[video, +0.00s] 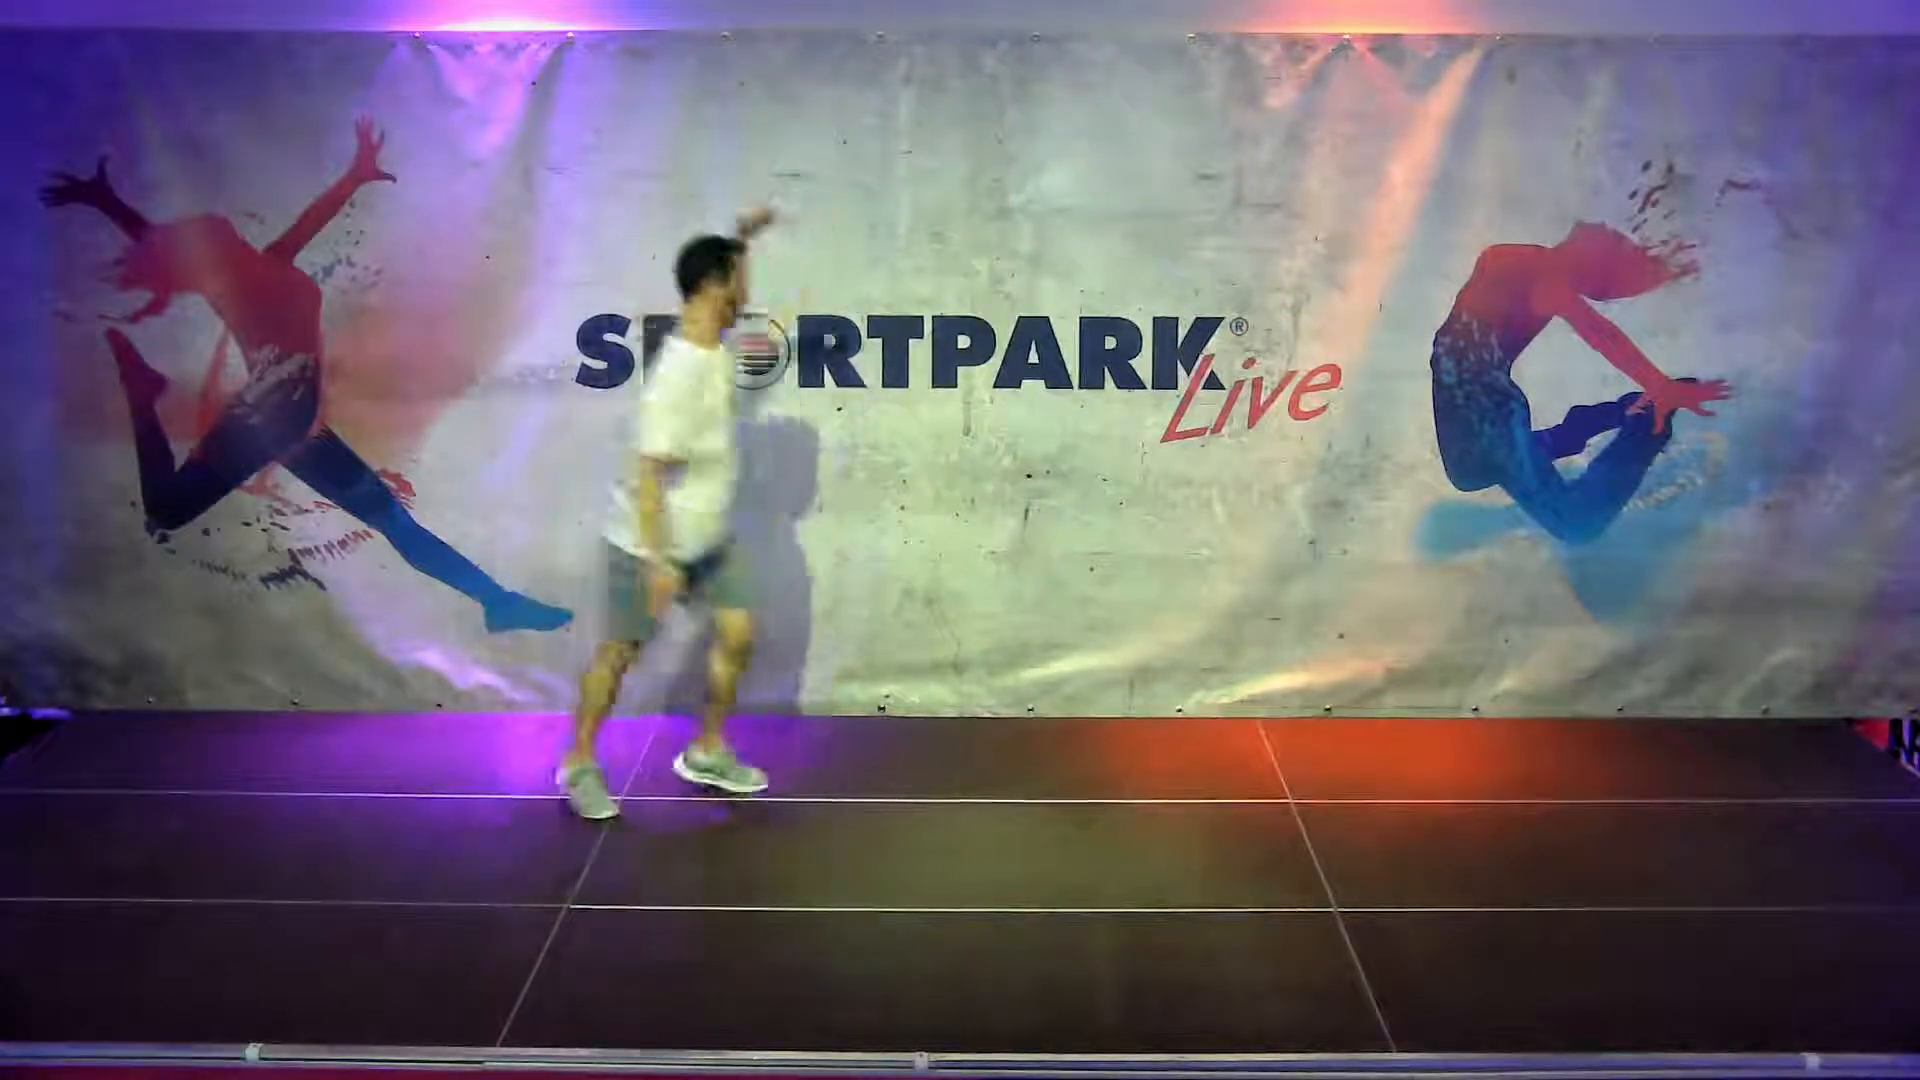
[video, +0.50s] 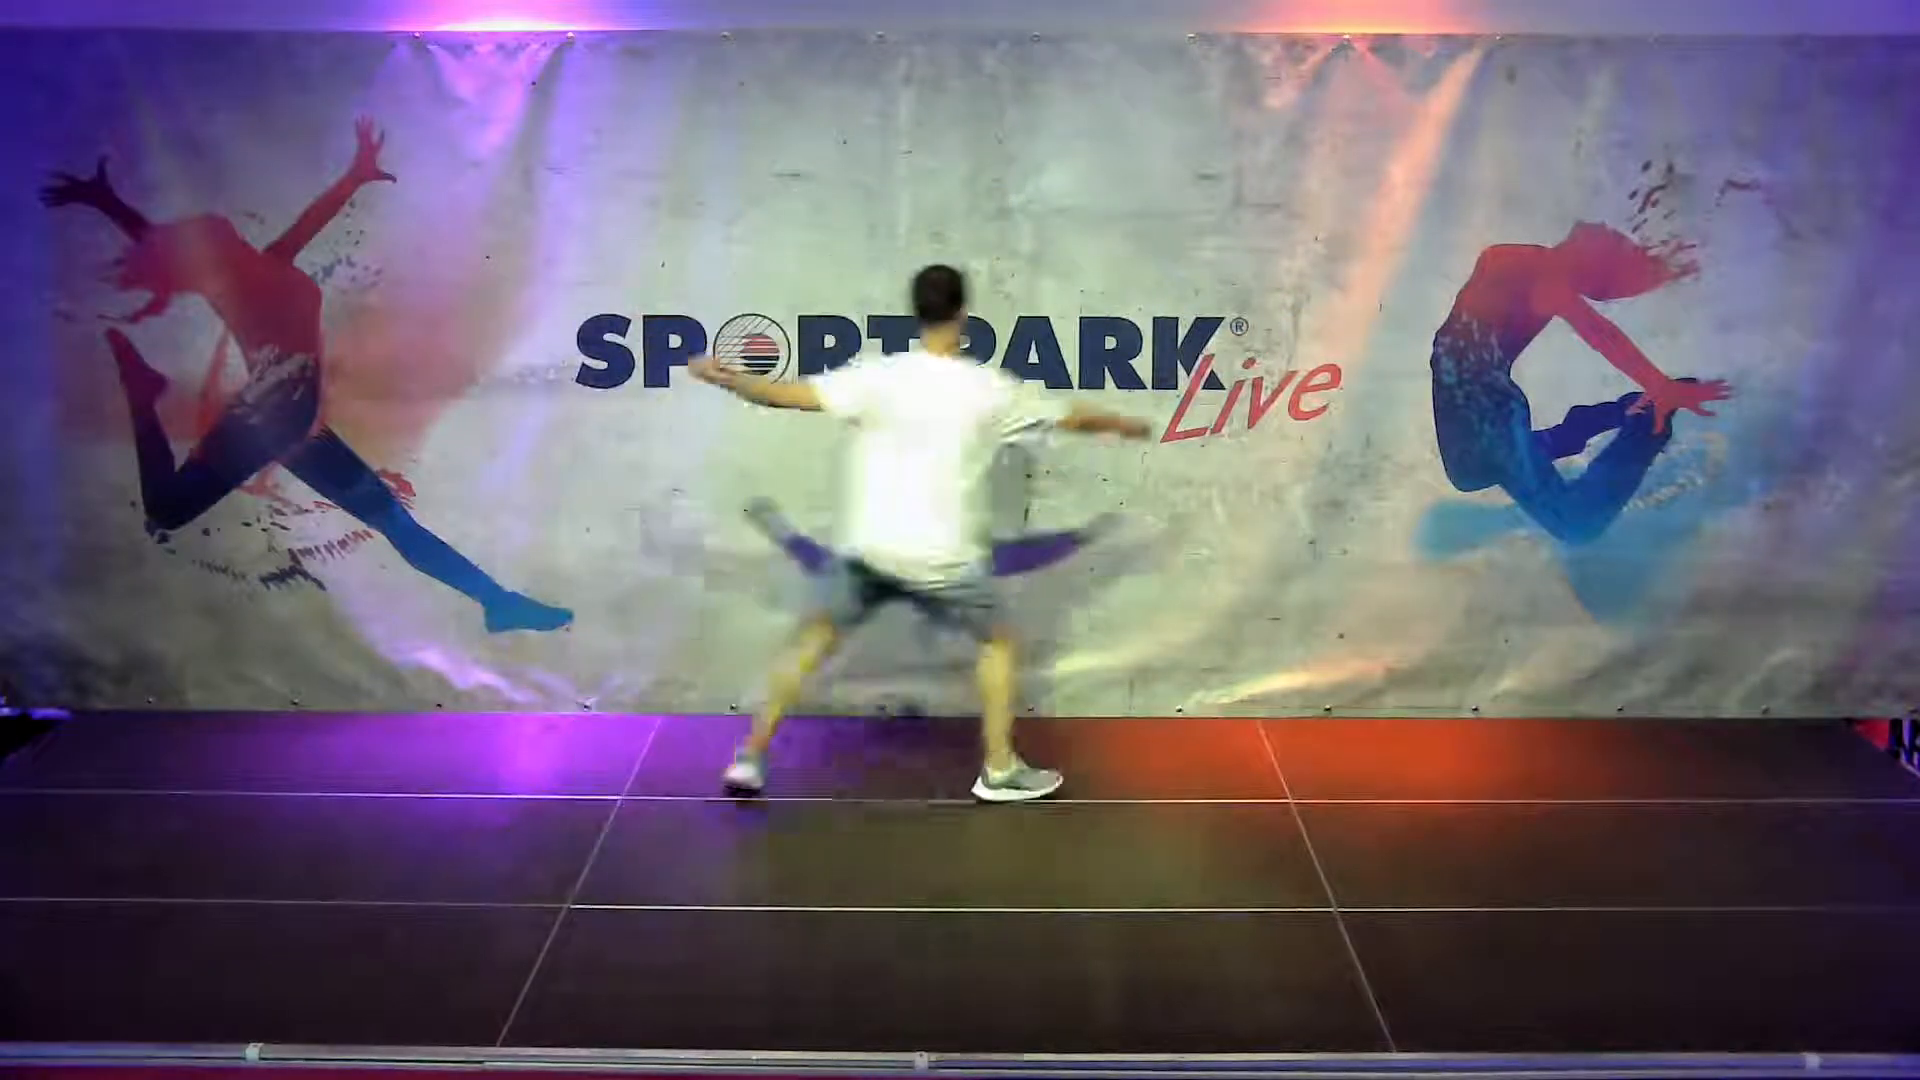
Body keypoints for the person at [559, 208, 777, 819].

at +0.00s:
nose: (744, 289)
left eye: (742, 277)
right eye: (737, 278)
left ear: (702, 287)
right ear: (713, 286)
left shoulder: (712, 349)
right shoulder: (677, 369)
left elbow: (728, 290)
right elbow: (650, 469)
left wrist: (745, 239)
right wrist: (658, 557)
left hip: (704, 528)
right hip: (648, 533)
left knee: (737, 632)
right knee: (619, 649)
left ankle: (709, 748)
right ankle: (580, 761)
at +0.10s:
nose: (789, 296)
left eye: (786, 286)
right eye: (786, 287)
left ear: (735, 285)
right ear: (774, 291)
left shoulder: (693, 326)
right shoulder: (759, 371)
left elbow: (643, 286)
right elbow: (773, 482)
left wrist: (688, 267)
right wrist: (805, 565)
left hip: (699, 508)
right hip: (731, 518)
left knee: (730, 635)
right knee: (718, 644)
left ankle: (706, 754)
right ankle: (619, 742)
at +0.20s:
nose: (846, 299)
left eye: (843, 290)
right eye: (844, 291)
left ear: (797, 285)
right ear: (837, 295)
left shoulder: (743, 315)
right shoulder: (823, 381)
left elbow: (662, 311)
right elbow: (867, 481)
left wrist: (653, 308)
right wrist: (911, 530)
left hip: (712, 502)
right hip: (765, 516)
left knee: (735, 616)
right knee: (806, 632)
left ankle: (714, 749)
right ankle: (726, 747)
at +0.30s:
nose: (889, 320)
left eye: (887, 310)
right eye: (888, 311)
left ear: (839, 302)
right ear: (881, 312)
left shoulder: (776, 338)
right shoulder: (867, 388)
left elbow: (703, 342)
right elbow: (932, 469)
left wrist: (651, 337)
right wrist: (994, 484)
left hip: (733, 516)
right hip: (798, 528)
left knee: (750, 626)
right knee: (873, 624)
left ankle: (725, 758)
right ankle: (876, 764)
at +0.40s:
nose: (923, 335)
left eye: (911, 323)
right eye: (923, 326)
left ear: (867, 322)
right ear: (917, 330)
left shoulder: (821, 371)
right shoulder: (918, 406)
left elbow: (740, 371)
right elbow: (1005, 451)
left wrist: (666, 352)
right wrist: (1066, 453)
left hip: (788, 545)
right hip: (858, 558)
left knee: (769, 646)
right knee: (939, 630)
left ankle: (726, 767)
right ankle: (979, 760)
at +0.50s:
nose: (954, 317)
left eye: (941, 307)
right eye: (959, 308)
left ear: (916, 313)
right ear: (963, 314)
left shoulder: (878, 376)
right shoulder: (988, 387)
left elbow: (793, 394)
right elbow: (1068, 416)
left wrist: (730, 379)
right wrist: (1119, 425)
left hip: (870, 549)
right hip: (944, 557)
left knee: (814, 640)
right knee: (999, 640)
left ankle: (749, 757)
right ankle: (1000, 767)